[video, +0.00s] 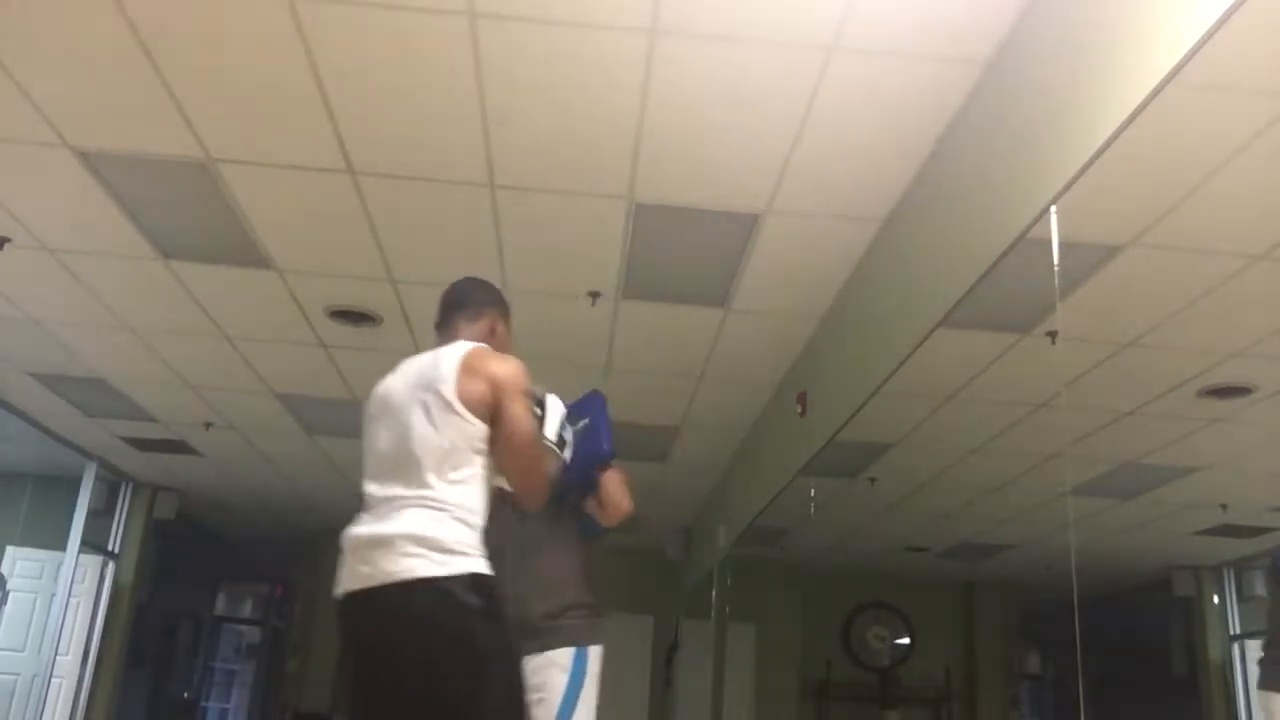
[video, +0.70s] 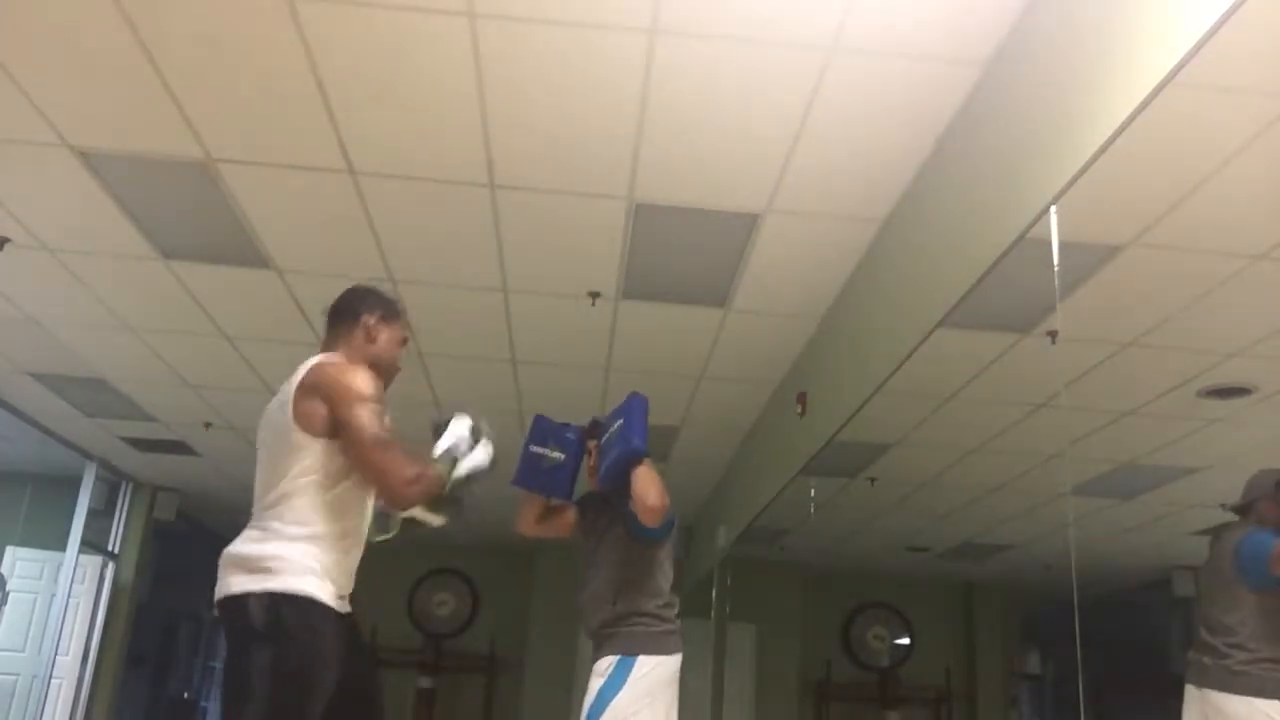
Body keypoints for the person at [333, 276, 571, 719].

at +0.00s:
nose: (507, 344)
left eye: (506, 333)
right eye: (506, 331)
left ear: (441, 328)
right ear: (495, 326)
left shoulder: (385, 387)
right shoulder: (497, 367)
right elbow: (532, 489)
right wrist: (541, 430)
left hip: (360, 591)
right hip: (440, 583)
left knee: (374, 711)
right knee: (490, 709)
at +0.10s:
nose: (484, 338)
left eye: (484, 327)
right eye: (484, 325)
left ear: (420, 320)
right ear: (473, 317)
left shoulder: (365, 379)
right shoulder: (476, 364)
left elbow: (408, 491)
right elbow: (516, 477)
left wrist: (512, 488)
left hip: (333, 586)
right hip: (411, 583)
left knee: (354, 711)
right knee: (440, 710)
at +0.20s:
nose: (462, 341)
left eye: (464, 330)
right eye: (464, 328)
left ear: (398, 321)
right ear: (451, 321)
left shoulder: (339, 384)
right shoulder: (456, 377)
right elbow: (491, 490)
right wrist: (516, 491)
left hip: (303, 597)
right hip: (376, 599)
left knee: (316, 712)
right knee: (375, 711)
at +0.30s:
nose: (444, 356)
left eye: (446, 344)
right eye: (445, 342)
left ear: (380, 327)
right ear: (430, 327)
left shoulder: (313, 393)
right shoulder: (425, 395)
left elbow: (304, 496)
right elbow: (450, 520)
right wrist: (505, 514)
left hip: (282, 597)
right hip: (344, 603)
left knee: (278, 712)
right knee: (339, 712)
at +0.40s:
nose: (433, 355)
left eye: (436, 342)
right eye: (435, 340)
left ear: (369, 328)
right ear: (417, 329)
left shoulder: (302, 389)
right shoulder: (395, 395)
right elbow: (399, 522)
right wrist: (440, 494)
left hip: (263, 588)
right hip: (316, 595)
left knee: (274, 710)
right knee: (336, 711)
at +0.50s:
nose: (425, 348)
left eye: (429, 335)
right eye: (427, 331)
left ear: (368, 316)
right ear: (404, 316)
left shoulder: (311, 373)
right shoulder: (379, 375)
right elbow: (400, 502)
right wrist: (432, 458)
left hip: (262, 575)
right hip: (301, 583)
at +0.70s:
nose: (401, 359)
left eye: (404, 346)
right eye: (400, 342)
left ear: (366, 330)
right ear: (371, 328)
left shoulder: (305, 382)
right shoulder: (344, 375)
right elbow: (403, 484)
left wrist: (396, 499)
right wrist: (446, 465)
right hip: (287, 591)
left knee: (357, 704)